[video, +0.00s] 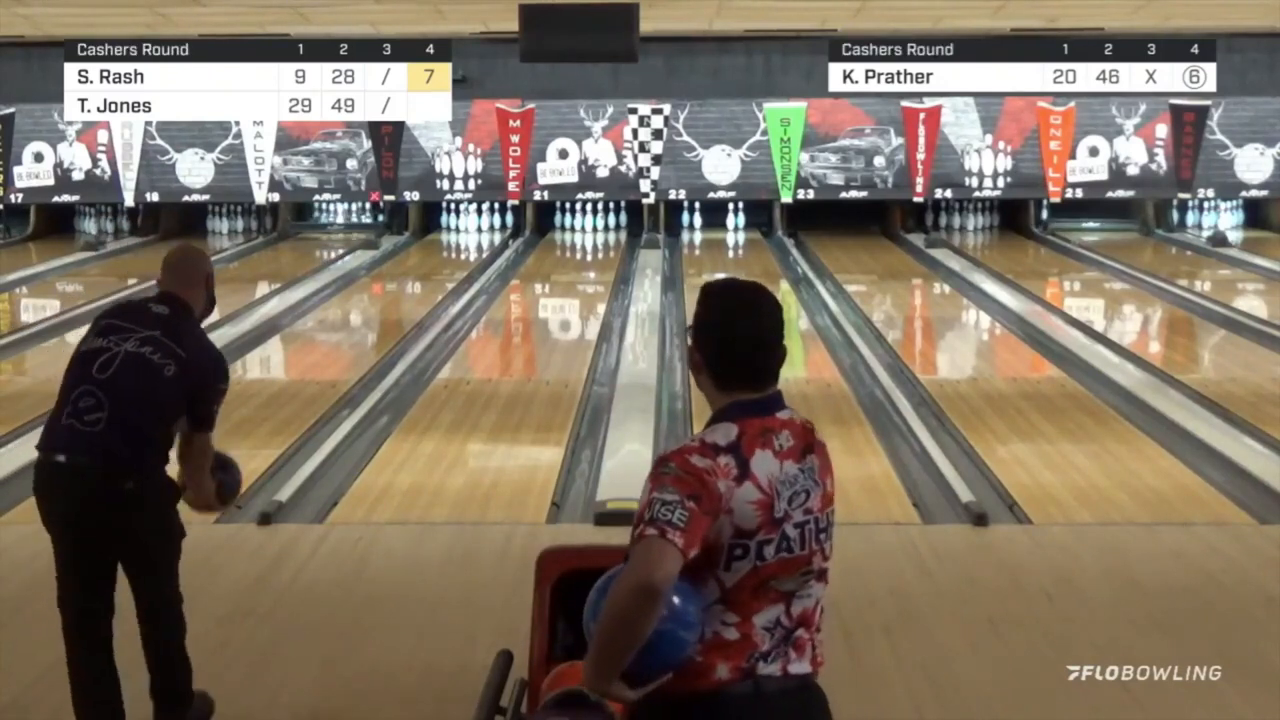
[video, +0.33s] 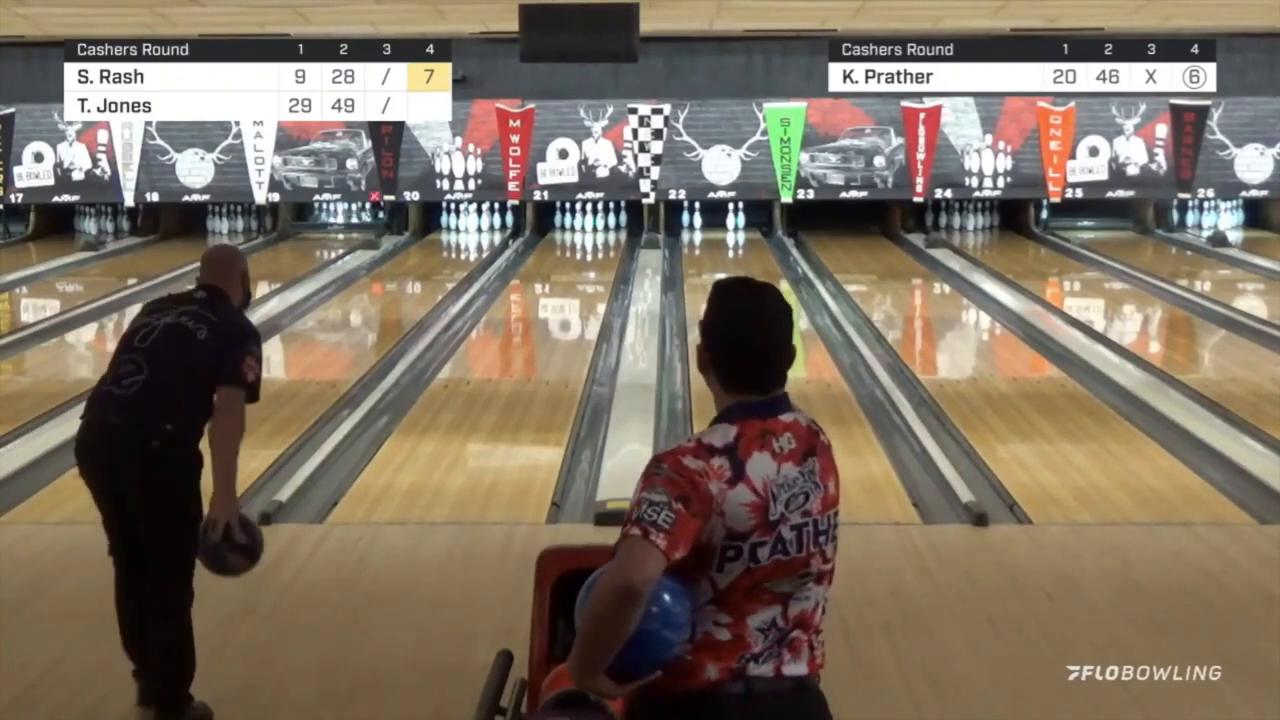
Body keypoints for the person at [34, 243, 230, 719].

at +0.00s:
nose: (214, 299)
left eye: (212, 290)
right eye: (213, 289)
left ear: (158, 283)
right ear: (206, 290)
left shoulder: (110, 315)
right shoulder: (205, 359)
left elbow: (119, 409)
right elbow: (195, 460)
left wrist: (172, 463)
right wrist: (207, 497)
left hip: (56, 474)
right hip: (132, 485)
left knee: (84, 612)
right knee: (159, 604)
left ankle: (96, 713)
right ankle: (174, 707)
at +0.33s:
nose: (250, 292)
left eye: (249, 285)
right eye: (250, 285)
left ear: (200, 278)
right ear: (241, 283)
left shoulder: (158, 307)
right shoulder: (236, 328)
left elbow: (122, 375)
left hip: (97, 443)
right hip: (160, 453)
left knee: (131, 561)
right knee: (171, 572)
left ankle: (148, 676)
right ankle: (171, 698)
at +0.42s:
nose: (257, 292)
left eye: (255, 285)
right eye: (256, 285)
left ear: (211, 281)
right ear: (249, 284)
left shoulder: (168, 310)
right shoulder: (244, 318)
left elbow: (129, 378)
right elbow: (228, 366)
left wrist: (88, 437)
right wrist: (226, 432)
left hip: (115, 438)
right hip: (170, 446)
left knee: (148, 562)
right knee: (178, 567)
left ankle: (169, 676)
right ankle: (172, 699)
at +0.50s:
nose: (264, 294)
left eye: (262, 287)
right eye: (263, 287)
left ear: (219, 284)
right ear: (256, 286)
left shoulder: (177, 311)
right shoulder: (246, 311)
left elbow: (131, 374)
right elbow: (225, 332)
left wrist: (79, 424)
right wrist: (224, 377)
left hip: (123, 437)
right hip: (176, 446)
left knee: (157, 548)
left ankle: (170, 674)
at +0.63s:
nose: (275, 277)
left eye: (273, 270)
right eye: (268, 272)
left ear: (224, 277)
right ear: (249, 279)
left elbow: (149, 359)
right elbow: (151, 358)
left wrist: (100, 388)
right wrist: (102, 389)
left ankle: (182, 654)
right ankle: (181, 659)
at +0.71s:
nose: (276, 283)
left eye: (275, 274)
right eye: (276, 275)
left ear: (249, 274)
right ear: (272, 285)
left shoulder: (209, 304)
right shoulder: (251, 293)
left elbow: (170, 359)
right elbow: (220, 258)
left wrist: (127, 370)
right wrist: (206, 219)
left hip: (142, 415)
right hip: (199, 421)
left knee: (168, 528)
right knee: (221, 538)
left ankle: (179, 636)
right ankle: (196, 638)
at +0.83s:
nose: (298, 277)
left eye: (298, 272)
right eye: (296, 271)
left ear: (264, 272)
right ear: (282, 276)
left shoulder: (234, 300)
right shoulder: (258, 284)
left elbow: (189, 345)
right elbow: (227, 231)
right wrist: (224, 177)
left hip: (155, 414)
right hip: (208, 417)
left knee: (175, 529)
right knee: (247, 516)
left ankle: (180, 644)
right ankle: (232, 624)